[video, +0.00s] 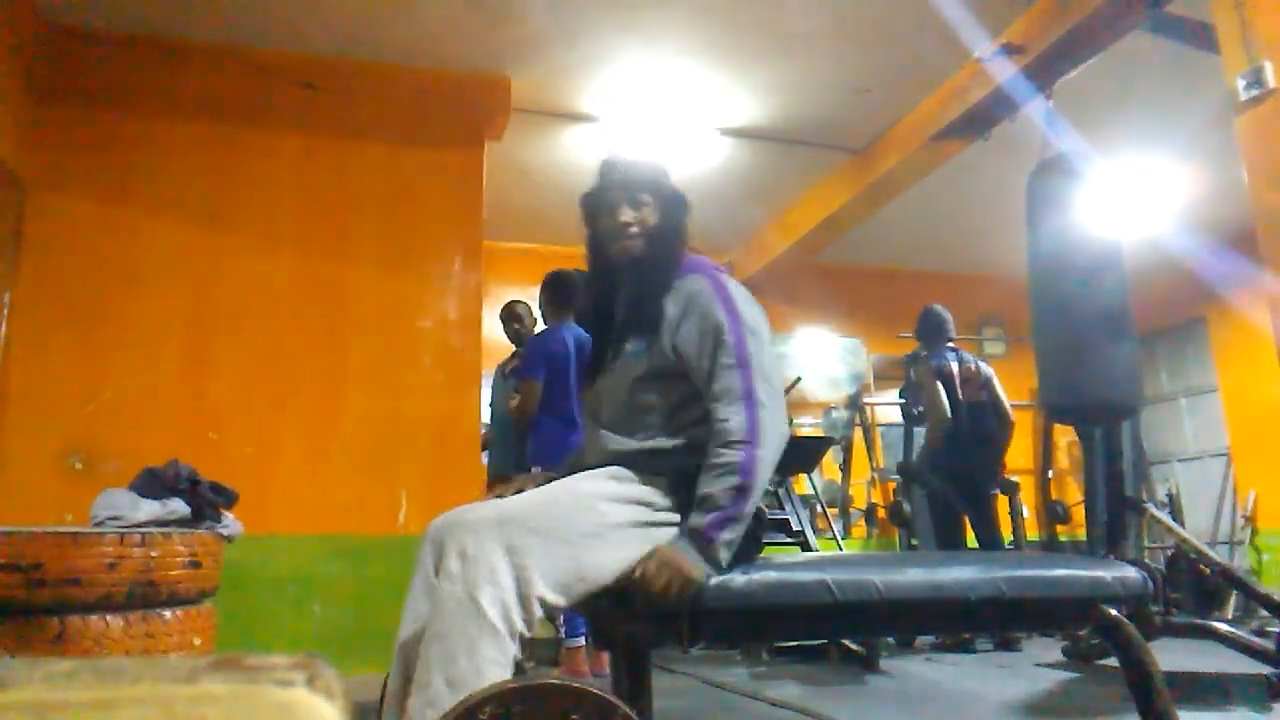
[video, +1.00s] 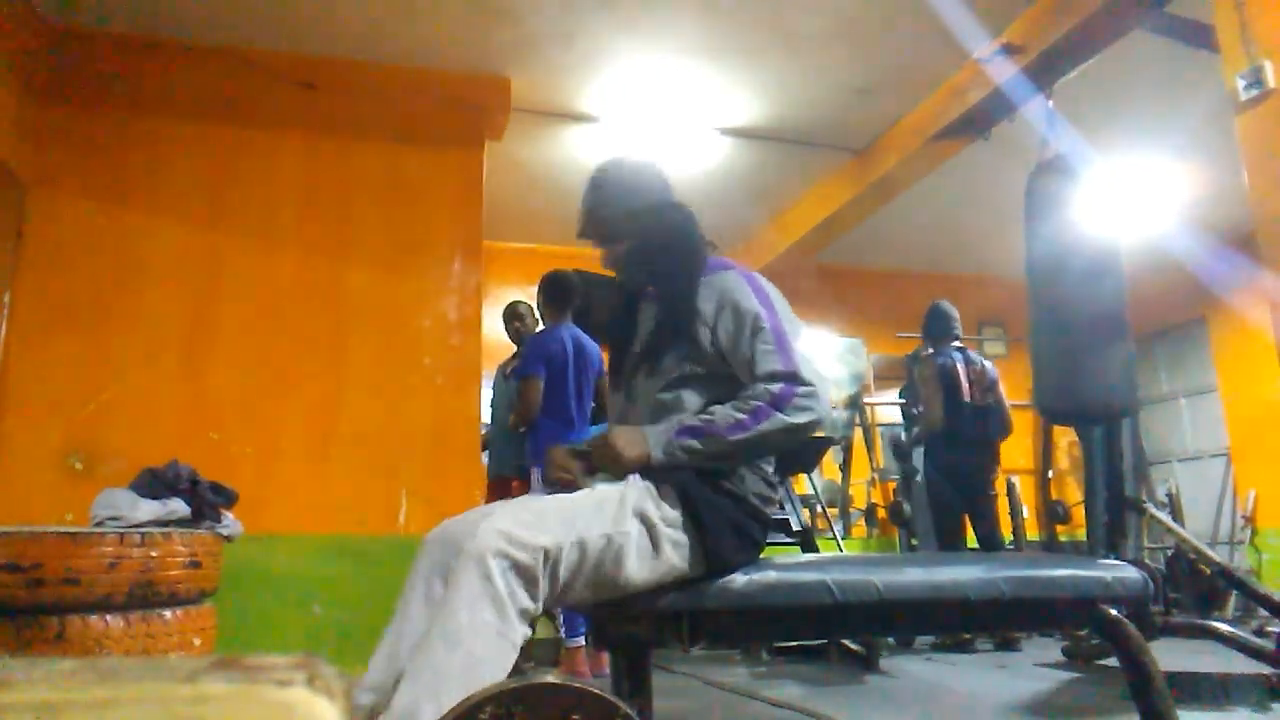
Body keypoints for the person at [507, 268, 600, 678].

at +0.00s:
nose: (538, 308)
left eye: (540, 301)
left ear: (544, 302)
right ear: (577, 302)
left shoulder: (541, 343)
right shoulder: (590, 339)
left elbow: (528, 404)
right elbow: (598, 401)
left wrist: (515, 411)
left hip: (550, 449)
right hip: (586, 447)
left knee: (550, 538)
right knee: (577, 539)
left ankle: (574, 644)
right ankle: (589, 646)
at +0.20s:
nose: (538, 311)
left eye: (539, 304)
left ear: (544, 304)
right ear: (576, 304)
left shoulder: (541, 343)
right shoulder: (591, 344)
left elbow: (527, 401)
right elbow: (597, 401)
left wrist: (513, 408)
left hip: (546, 445)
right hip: (584, 443)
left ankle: (573, 644)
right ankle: (579, 644)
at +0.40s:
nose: (537, 309)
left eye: (539, 302)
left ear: (544, 303)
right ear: (577, 303)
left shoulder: (540, 343)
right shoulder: (592, 346)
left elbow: (522, 402)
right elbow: (601, 402)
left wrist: (509, 384)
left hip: (547, 448)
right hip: (585, 444)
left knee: (550, 540)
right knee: (581, 539)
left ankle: (572, 647)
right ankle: (585, 647)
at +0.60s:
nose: (538, 308)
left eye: (539, 302)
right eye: (545, 302)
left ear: (544, 303)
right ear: (578, 303)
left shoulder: (539, 344)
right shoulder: (592, 346)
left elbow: (524, 410)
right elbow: (602, 404)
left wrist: (515, 414)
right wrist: (585, 419)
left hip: (548, 450)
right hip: (588, 445)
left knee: (550, 541)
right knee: (582, 540)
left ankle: (573, 649)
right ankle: (587, 649)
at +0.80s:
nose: (537, 307)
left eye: (539, 301)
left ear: (543, 302)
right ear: (577, 303)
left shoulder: (537, 345)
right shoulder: (590, 346)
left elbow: (531, 408)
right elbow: (605, 400)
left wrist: (512, 421)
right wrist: (586, 425)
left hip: (545, 455)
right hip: (583, 453)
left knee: (548, 545)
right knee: (577, 547)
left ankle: (574, 644)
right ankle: (580, 645)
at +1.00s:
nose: (538, 309)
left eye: (539, 302)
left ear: (543, 303)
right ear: (575, 303)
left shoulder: (538, 345)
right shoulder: (590, 347)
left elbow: (529, 406)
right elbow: (603, 402)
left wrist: (516, 421)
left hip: (545, 451)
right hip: (582, 450)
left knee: (555, 545)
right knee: (580, 544)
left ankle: (574, 646)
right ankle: (585, 645)